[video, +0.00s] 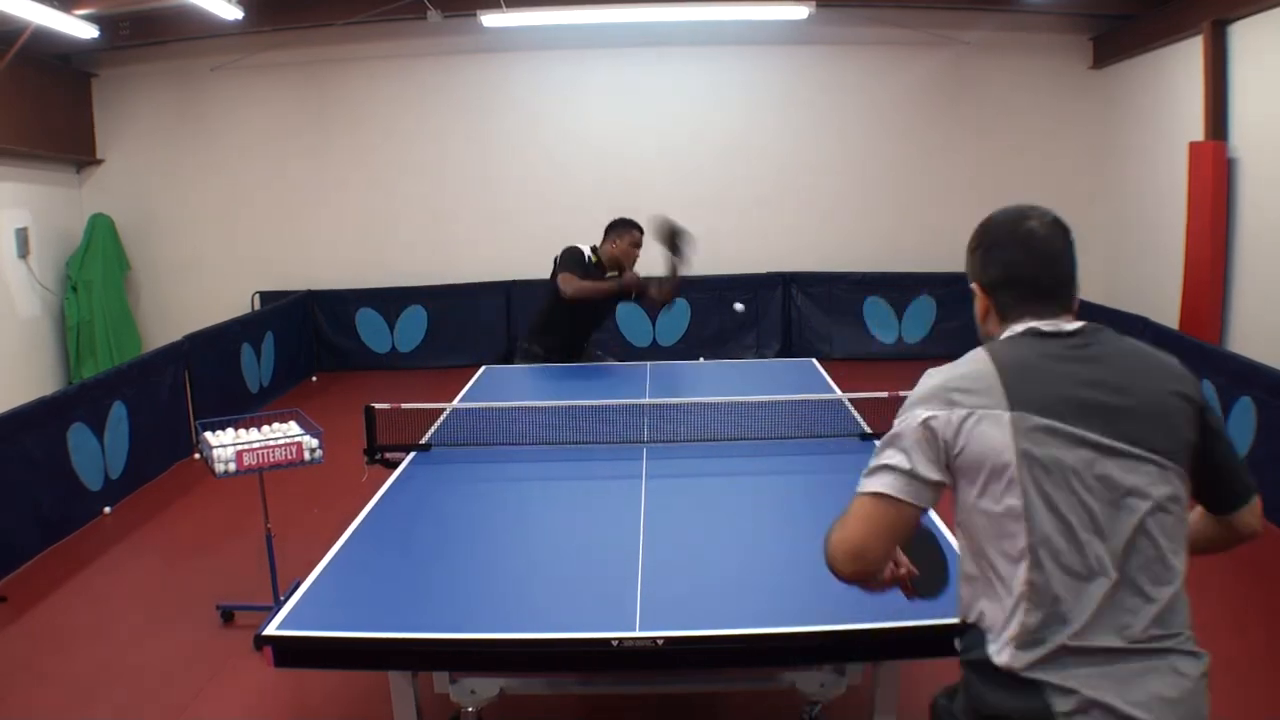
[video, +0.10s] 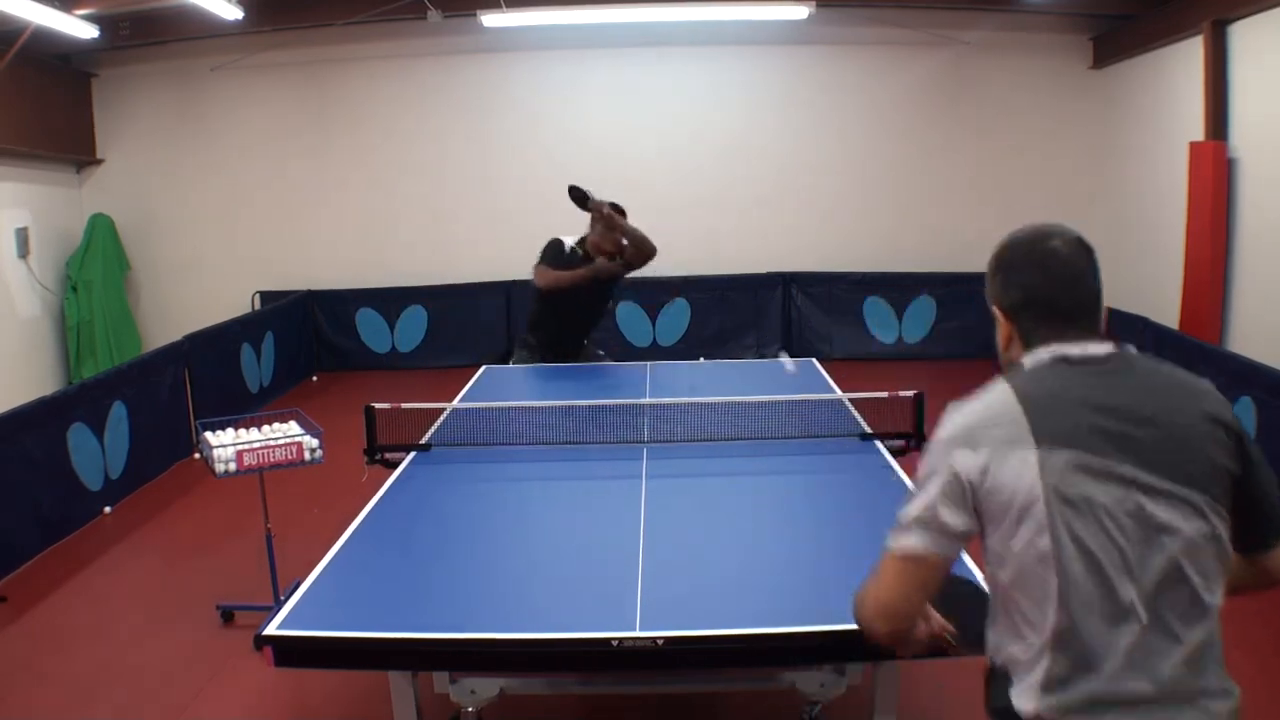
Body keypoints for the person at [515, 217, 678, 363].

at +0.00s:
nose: (638, 254)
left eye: (639, 249)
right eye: (635, 247)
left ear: (616, 245)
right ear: (614, 243)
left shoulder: (621, 278)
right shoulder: (574, 255)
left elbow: (661, 295)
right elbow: (569, 288)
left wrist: (673, 259)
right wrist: (620, 285)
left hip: (575, 355)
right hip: (538, 356)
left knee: (625, 377)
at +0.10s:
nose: (618, 240)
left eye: (621, 234)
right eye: (611, 231)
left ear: (623, 238)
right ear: (595, 228)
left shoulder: (614, 264)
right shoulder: (560, 247)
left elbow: (648, 251)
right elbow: (542, 279)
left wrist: (614, 220)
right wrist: (594, 271)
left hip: (577, 351)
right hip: (535, 351)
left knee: (618, 379)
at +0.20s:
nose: (590, 226)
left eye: (595, 221)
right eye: (583, 219)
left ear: (600, 224)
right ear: (567, 219)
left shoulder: (601, 252)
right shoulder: (536, 247)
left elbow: (639, 266)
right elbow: (503, 285)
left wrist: (619, 227)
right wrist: (545, 287)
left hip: (575, 345)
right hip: (531, 345)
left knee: (611, 379)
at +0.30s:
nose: (572, 219)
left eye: (578, 213)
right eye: (565, 212)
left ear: (584, 215)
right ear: (551, 211)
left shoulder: (595, 248)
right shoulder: (523, 240)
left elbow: (626, 287)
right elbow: (488, 277)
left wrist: (630, 267)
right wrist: (511, 296)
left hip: (574, 328)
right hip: (529, 327)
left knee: (609, 377)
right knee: (502, 379)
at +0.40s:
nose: (561, 230)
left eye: (567, 224)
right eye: (554, 223)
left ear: (573, 224)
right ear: (540, 222)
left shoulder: (586, 257)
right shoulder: (517, 246)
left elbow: (612, 291)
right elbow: (482, 275)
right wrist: (491, 302)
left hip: (572, 335)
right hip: (526, 333)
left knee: (608, 381)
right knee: (499, 384)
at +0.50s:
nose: (552, 255)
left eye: (558, 248)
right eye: (546, 248)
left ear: (565, 248)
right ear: (533, 246)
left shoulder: (578, 275)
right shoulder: (517, 262)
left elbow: (616, 314)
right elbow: (473, 280)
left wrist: (595, 346)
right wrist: (477, 308)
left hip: (570, 350)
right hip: (526, 347)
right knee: (499, 385)